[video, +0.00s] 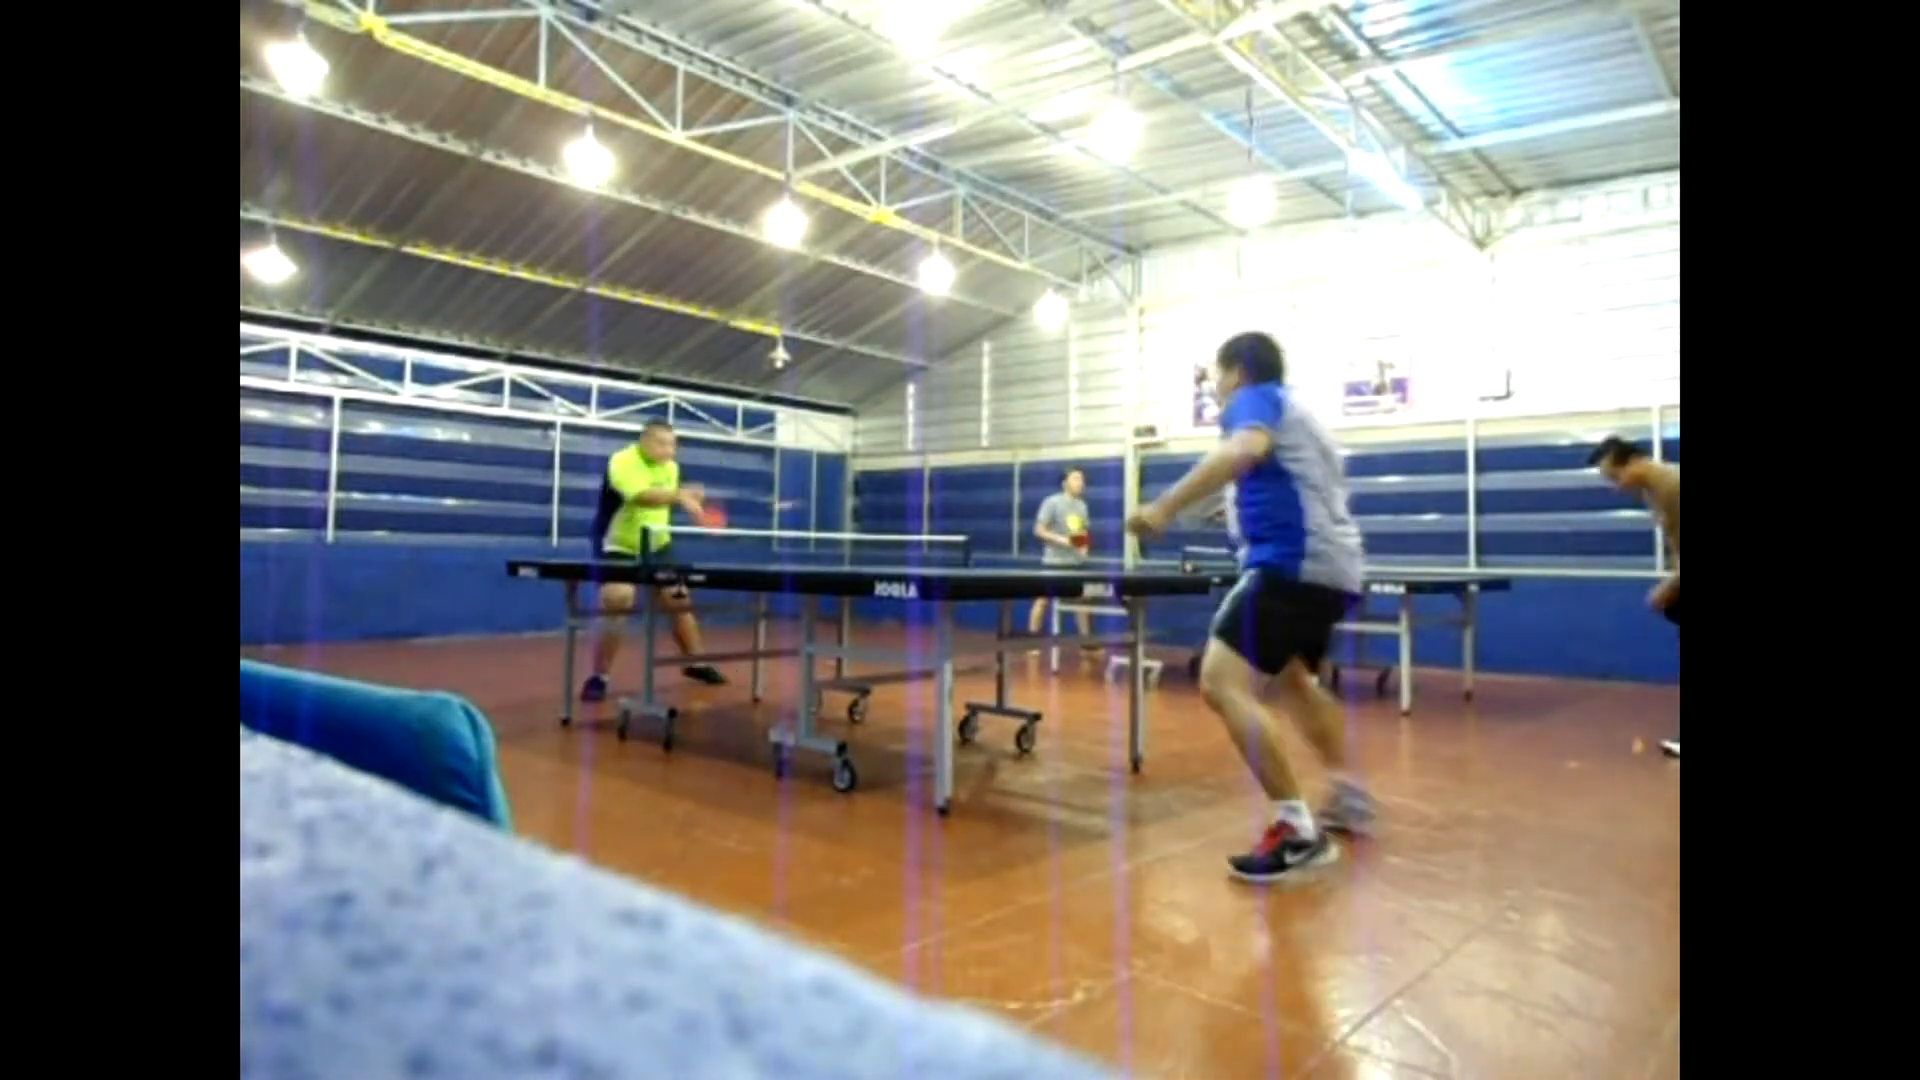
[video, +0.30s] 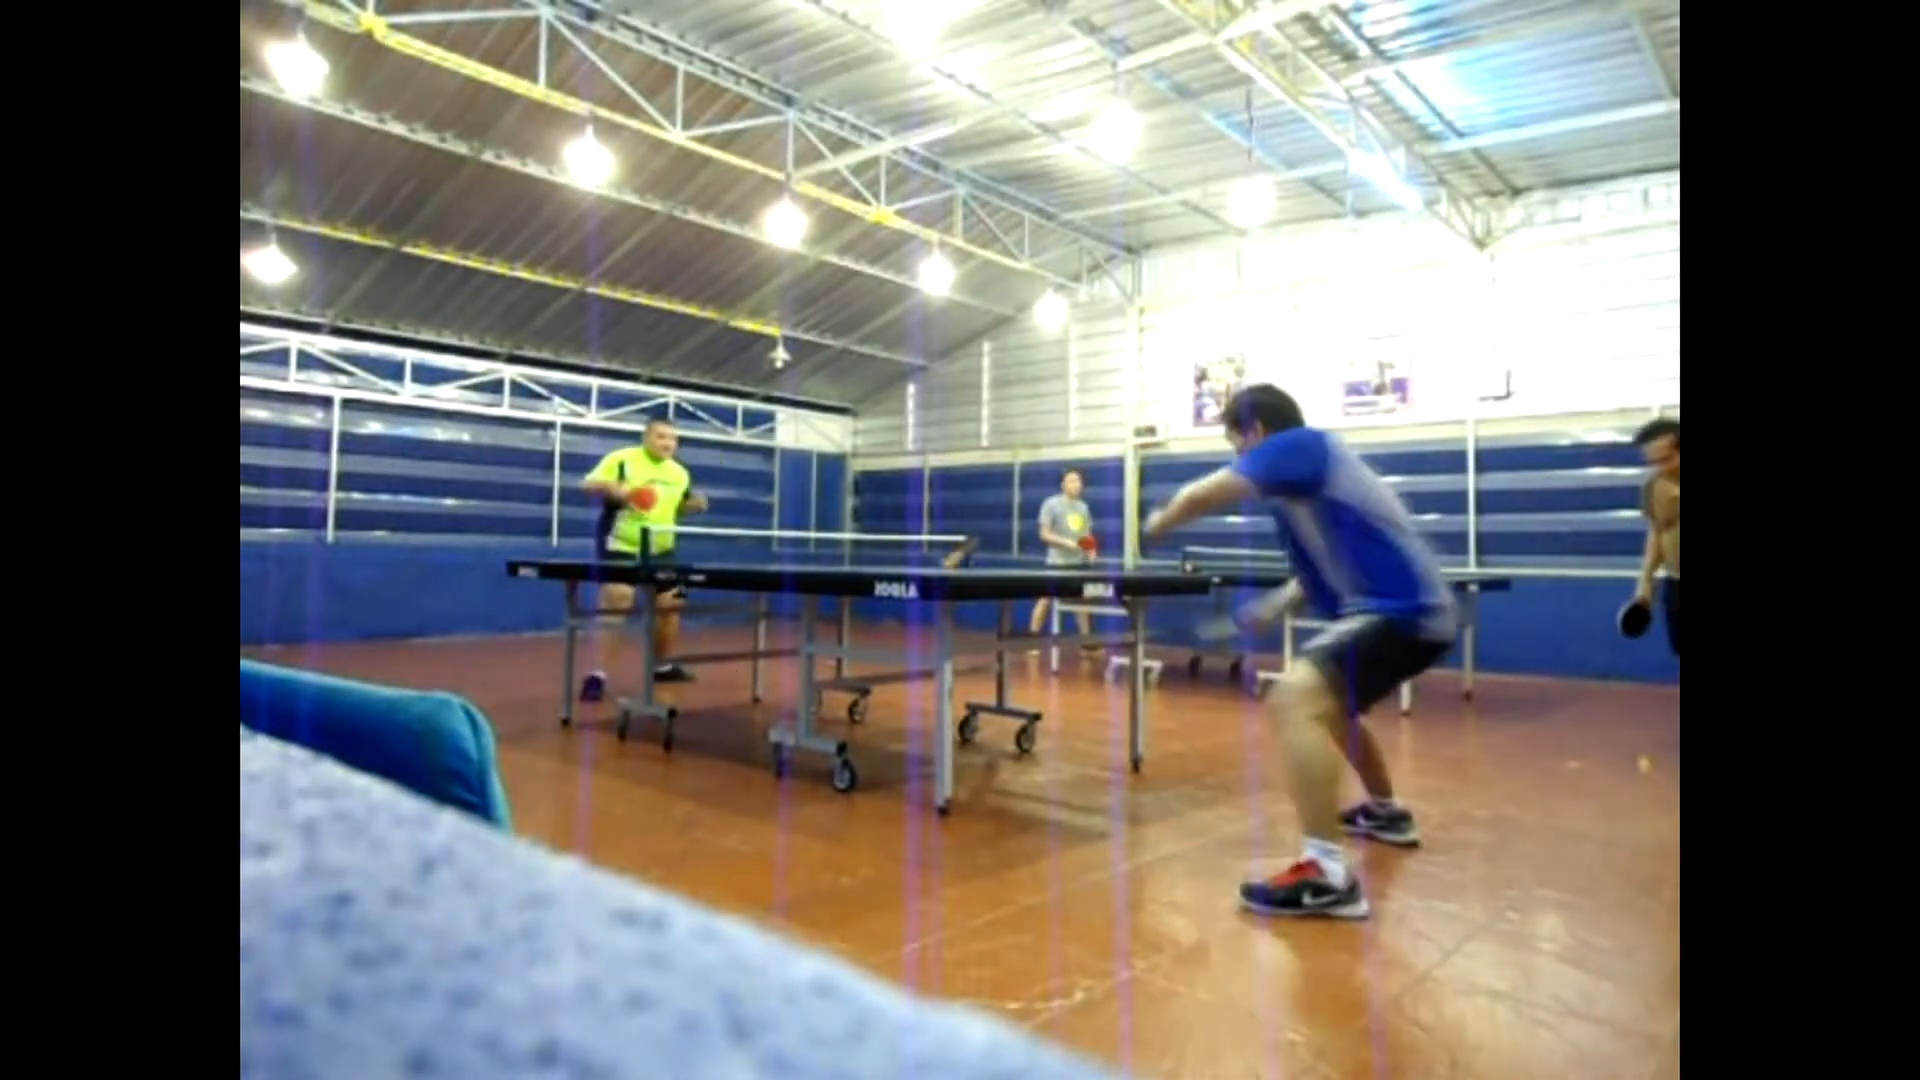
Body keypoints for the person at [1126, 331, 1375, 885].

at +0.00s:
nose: (1216, 386)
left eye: (1220, 376)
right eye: (1217, 376)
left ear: (1240, 371)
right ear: (1269, 372)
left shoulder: (1254, 399)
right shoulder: (1297, 415)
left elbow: (1248, 448)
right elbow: (1320, 493)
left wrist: (1163, 509)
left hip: (1290, 567)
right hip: (1333, 570)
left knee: (1220, 680)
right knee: (1292, 675)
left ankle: (1296, 827)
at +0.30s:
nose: (1235, 451)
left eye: (1237, 437)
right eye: (1233, 440)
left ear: (1259, 428)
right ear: (1275, 426)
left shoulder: (1299, 449)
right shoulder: (1307, 472)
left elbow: (1204, 494)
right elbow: (1324, 568)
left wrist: (1161, 523)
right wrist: (1272, 607)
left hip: (1405, 616)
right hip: (1397, 616)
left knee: (1293, 698)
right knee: (1328, 701)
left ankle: (1327, 871)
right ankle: (1385, 808)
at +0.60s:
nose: (1304, 408)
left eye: (1309, 395)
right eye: (1302, 397)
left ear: (1342, 391)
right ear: (1337, 394)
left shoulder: (1400, 430)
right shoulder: (1334, 441)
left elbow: (1346, 485)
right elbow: (1266, 458)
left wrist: (1241, 491)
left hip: (1440, 597)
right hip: (1444, 599)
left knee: (1324, 697)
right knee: (1379, 699)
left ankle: (1401, 855)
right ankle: (1386, 810)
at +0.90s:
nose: (1363, 348)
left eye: (1368, 333)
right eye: (1364, 335)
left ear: (1395, 329)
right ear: (1424, 330)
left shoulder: (1427, 377)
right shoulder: (1452, 381)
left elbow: (1344, 443)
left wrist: (1241, 460)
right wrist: (1392, 521)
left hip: (1474, 590)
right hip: (1506, 588)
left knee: (1374, 723)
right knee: (1444, 700)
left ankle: (1461, 896)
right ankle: (1479, 823)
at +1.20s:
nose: (1440, 393)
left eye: (1442, 382)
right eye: (1438, 383)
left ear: (1462, 376)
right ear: (1518, 372)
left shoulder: (1456, 416)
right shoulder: (1594, 437)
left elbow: (1378, 500)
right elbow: (1610, 534)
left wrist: (1331, 540)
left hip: (1508, 616)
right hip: (1610, 625)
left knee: (1405, 752)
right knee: (1579, 741)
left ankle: (1404, 945)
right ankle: (1669, 890)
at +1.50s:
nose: (1354, 377)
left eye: (1359, 366)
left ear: (1374, 367)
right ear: (1450, 364)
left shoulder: (1338, 424)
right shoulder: (1519, 424)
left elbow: (1242, 518)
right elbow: (1584, 525)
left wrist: (1298, 468)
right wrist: (1663, 577)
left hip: (1412, 689)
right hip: (1537, 688)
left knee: (1283, 827)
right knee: (1621, 819)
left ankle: (1301, 1029)